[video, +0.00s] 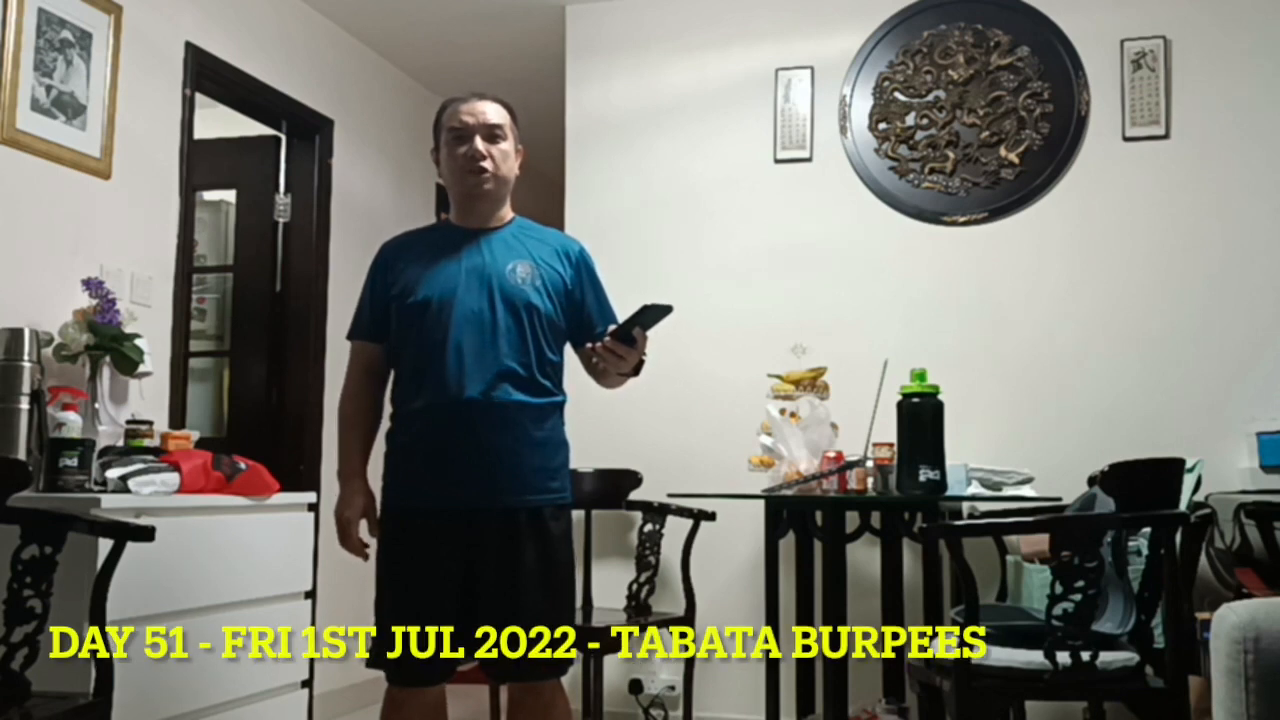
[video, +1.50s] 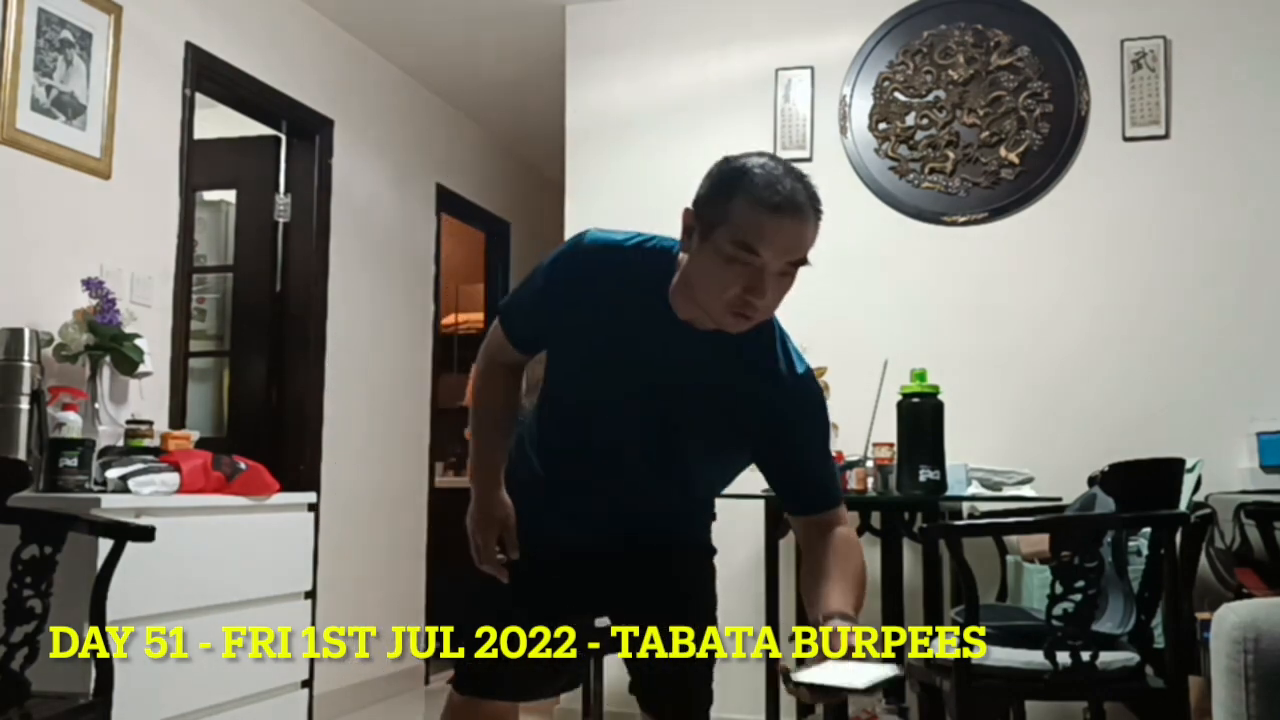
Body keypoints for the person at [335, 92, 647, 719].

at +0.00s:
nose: (477, 146)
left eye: (493, 135)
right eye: (460, 137)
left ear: (519, 159)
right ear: (438, 161)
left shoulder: (562, 254)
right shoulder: (400, 257)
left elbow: (602, 362)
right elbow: (365, 376)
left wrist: (622, 362)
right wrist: (352, 477)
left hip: (529, 497)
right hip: (422, 496)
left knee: (536, 680)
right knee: (413, 680)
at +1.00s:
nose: (543, 185)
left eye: (559, 167)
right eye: (523, 163)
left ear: (571, 171)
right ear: (481, 158)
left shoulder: (594, 274)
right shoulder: (416, 256)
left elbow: (638, 390)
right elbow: (362, 364)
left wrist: (653, 400)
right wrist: (352, 466)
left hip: (543, 521)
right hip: (428, 512)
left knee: (577, 700)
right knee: (398, 701)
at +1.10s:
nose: (594, 190)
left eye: (612, 172)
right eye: (574, 165)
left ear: (624, 175)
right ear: (531, 158)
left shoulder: (639, 286)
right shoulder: (459, 250)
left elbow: (679, 397)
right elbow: (398, 361)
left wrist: (691, 429)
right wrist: (379, 466)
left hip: (575, 528)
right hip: (458, 517)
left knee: (599, 704)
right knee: (408, 696)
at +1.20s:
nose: (651, 210)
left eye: (672, 189)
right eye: (632, 181)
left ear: (685, 186)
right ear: (587, 165)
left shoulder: (690, 303)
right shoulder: (508, 247)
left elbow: (727, 415)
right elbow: (435, 362)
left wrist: (733, 457)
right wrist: (415, 477)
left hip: (610, 533)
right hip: (489, 519)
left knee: (635, 705)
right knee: (436, 702)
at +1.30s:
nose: (701, 239)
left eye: (723, 219)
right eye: (682, 209)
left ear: (738, 214)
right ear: (633, 186)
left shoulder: (732, 331)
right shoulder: (542, 252)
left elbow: (777, 454)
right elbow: (464, 355)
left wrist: (776, 501)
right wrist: (447, 490)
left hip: (637, 540)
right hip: (511, 525)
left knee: (661, 707)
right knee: (460, 705)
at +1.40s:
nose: (739, 269)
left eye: (763, 249)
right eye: (719, 236)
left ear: (776, 245)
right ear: (669, 208)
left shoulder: (763, 363)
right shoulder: (570, 261)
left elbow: (808, 493)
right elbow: (485, 353)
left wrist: (807, 554)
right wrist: (475, 486)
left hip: (656, 544)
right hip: (532, 526)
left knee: (671, 710)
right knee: (470, 704)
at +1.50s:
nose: (764, 293)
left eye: (789, 270)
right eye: (743, 258)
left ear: (801, 265)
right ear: (691, 229)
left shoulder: (782, 387)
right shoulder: (589, 269)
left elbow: (827, 524)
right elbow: (499, 358)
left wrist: (834, 619)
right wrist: (486, 488)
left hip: (669, 544)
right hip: (546, 522)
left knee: (681, 708)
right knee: (482, 701)